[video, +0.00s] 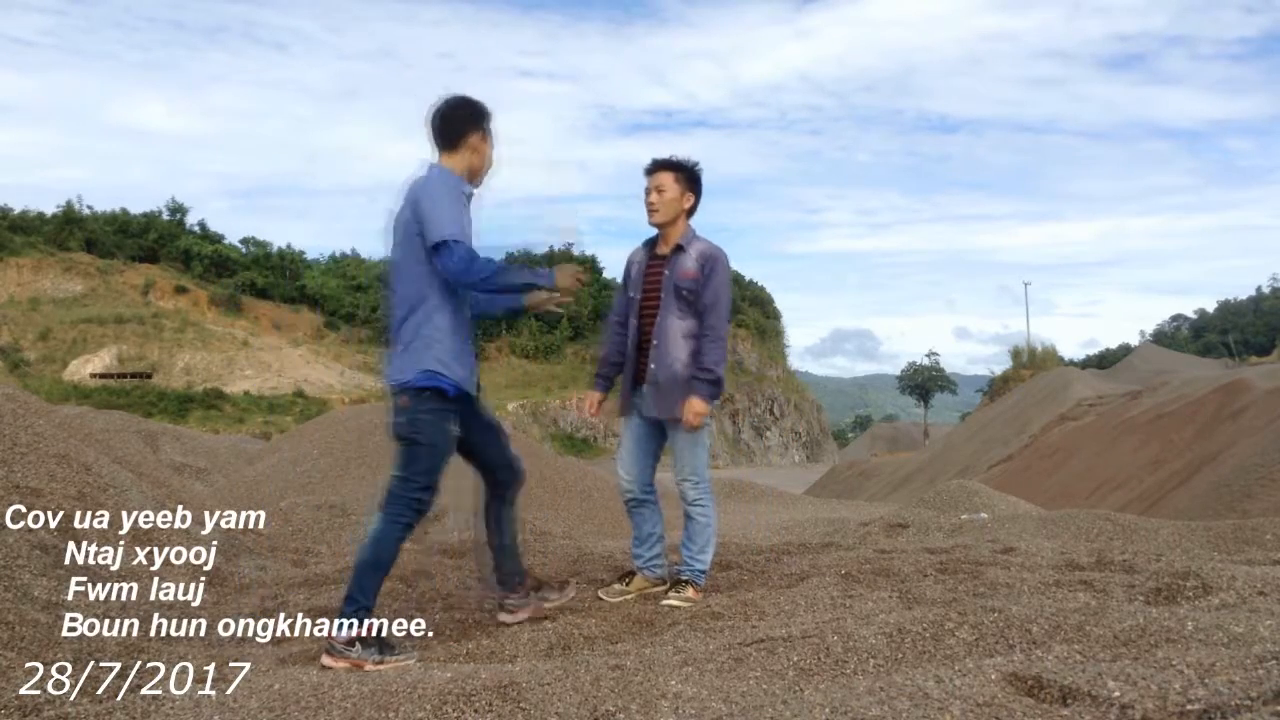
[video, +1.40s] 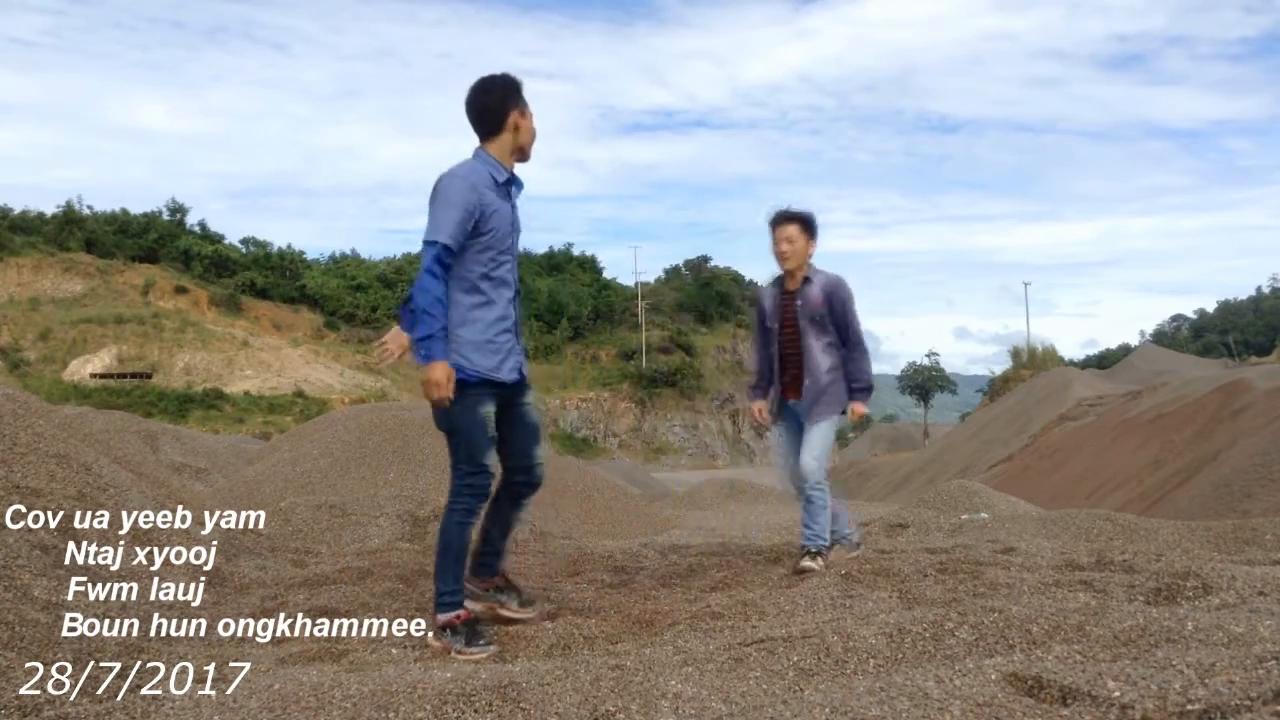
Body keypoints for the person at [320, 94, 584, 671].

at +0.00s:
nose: (491, 156)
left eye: (489, 144)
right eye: (489, 143)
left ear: (448, 141)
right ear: (474, 140)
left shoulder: (434, 197)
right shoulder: (438, 186)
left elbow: (459, 297)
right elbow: (457, 265)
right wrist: (544, 277)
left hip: (446, 380)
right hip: (428, 377)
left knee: (504, 472)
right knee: (406, 503)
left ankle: (514, 592)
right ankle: (349, 631)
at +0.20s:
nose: (552, 167)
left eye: (548, 158)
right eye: (546, 157)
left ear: (519, 165)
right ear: (528, 161)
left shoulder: (521, 227)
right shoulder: (489, 213)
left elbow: (550, 303)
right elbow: (469, 295)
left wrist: (626, 301)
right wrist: (486, 373)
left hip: (507, 394)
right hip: (471, 392)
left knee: (561, 484)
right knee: (442, 498)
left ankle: (555, 594)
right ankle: (366, 617)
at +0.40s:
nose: (606, 168)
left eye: (603, 158)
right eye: (600, 157)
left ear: (576, 165)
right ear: (580, 161)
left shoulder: (575, 239)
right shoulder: (534, 201)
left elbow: (598, 309)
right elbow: (493, 262)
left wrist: (660, 304)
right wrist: (464, 337)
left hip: (548, 383)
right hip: (507, 371)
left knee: (573, 487)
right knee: (507, 485)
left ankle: (556, 595)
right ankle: (445, 602)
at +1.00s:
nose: (549, 139)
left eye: (546, 129)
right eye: (544, 129)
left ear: (518, 135)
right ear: (525, 133)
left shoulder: (524, 201)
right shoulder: (470, 196)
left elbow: (538, 269)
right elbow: (453, 285)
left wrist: (605, 288)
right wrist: (460, 368)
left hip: (527, 372)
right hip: (484, 375)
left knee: (545, 481)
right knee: (496, 489)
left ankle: (550, 590)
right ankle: (460, 611)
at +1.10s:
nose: (542, 134)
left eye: (539, 123)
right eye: (537, 124)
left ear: (507, 130)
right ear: (519, 128)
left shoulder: (515, 196)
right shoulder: (464, 193)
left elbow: (509, 286)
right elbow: (444, 283)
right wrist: (437, 363)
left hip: (519, 370)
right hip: (473, 372)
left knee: (538, 479)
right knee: (488, 486)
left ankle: (540, 588)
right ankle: (458, 612)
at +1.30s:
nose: (538, 128)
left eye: (534, 117)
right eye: (533, 117)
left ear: (504, 125)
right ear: (517, 122)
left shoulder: (508, 194)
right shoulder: (462, 186)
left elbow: (480, 278)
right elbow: (429, 267)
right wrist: (427, 350)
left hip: (511, 367)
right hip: (465, 367)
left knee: (526, 476)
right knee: (474, 485)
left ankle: (500, 583)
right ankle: (453, 612)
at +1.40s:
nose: (535, 125)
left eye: (530, 115)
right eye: (530, 115)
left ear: (498, 123)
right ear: (515, 120)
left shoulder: (503, 188)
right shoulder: (462, 183)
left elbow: (446, 263)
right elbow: (433, 267)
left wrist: (408, 323)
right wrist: (434, 355)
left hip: (506, 366)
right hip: (464, 368)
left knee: (524, 473)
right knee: (471, 483)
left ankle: (486, 576)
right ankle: (447, 612)